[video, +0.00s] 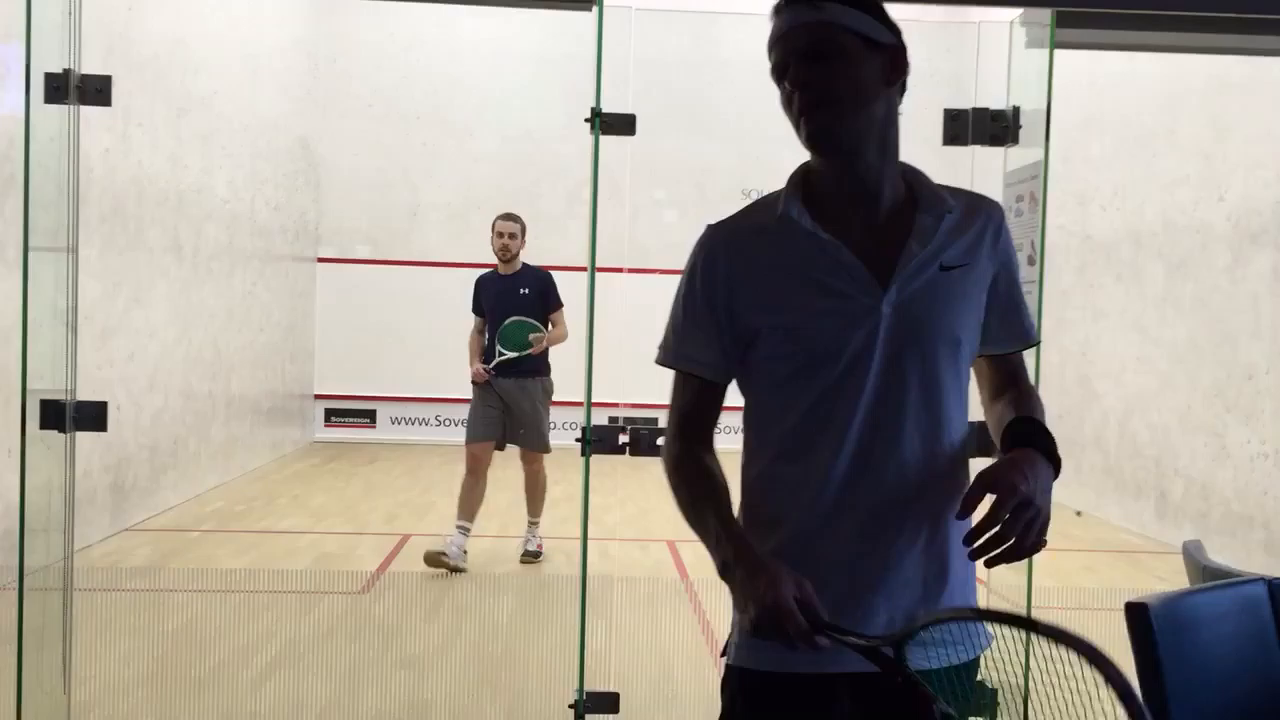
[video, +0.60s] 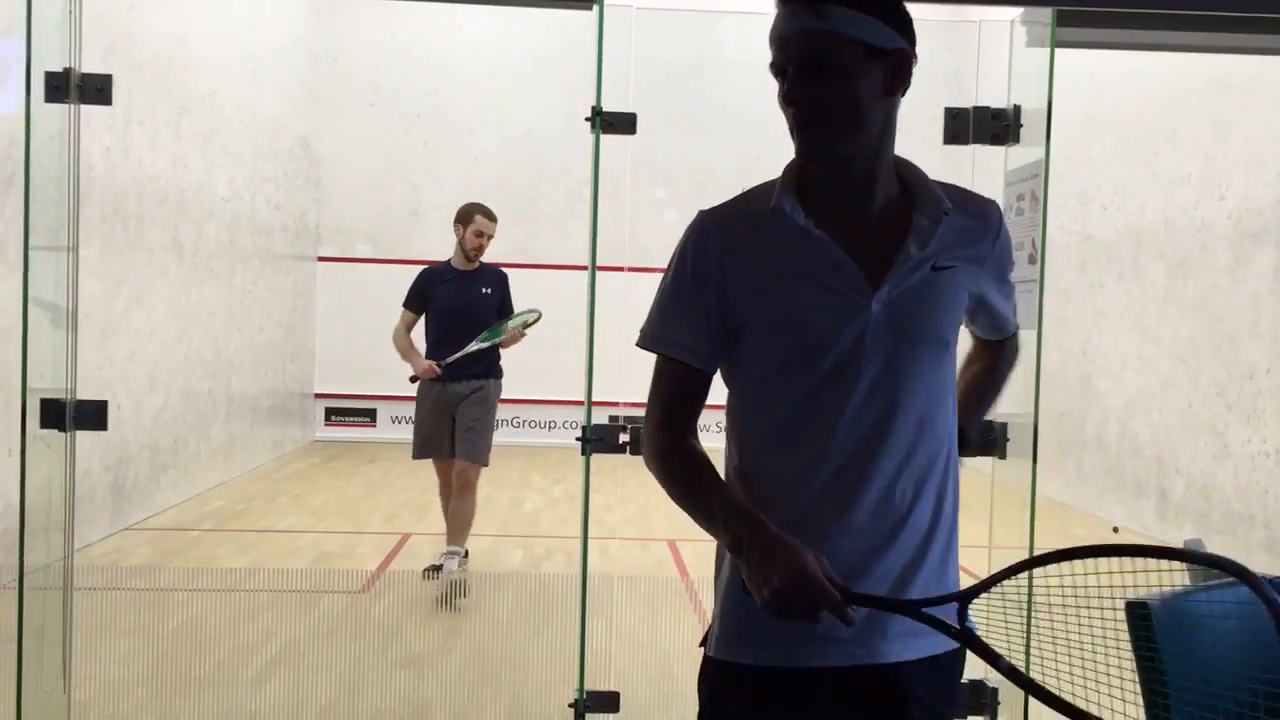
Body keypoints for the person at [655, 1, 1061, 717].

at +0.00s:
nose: (796, 89)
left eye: (818, 60)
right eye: (781, 74)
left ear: (893, 67)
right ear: (776, 94)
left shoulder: (975, 230)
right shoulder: (733, 251)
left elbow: (1004, 382)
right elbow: (686, 440)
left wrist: (1031, 456)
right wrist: (740, 565)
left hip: (935, 644)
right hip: (785, 645)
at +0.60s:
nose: (795, 93)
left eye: (823, 69)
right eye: (784, 72)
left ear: (898, 74)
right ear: (772, 78)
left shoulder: (972, 231)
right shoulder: (723, 241)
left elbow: (997, 339)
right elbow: (665, 434)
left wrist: (946, 435)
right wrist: (754, 542)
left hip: (915, 642)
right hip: (765, 645)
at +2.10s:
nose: (833, 95)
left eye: (861, 73)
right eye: (813, 71)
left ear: (906, 87)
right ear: (787, 80)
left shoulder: (941, 228)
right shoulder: (701, 230)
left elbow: (889, 382)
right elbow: (629, 425)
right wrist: (740, 547)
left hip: (890, 636)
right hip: (744, 644)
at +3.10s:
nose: (890, 89)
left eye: (904, 66)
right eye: (861, 61)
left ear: (916, 80)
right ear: (794, 68)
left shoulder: (914, 224)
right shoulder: (699, 234)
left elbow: (872, 394)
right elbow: (626, 435)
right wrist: (759, 552)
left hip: (890, 633)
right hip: (748, 643)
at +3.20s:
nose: (890, 95)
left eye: (905, 69)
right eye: (861, 64)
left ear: (916, 79)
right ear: (793, 67)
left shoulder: (913, 223)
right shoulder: (697, 236)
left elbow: (870, 392)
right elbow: (625, 436)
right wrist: (761, 553)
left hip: (889, 635)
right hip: (747, 646)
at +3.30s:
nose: (891, 96)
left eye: (905, 70)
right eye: (862, 65)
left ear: (916, 79)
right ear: (794, 69)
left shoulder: (911, 223)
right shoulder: (696, 236)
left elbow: (866, 390)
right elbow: (625, 436)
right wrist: (763, 555)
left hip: (887, 634)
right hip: (746, 644)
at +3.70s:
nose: (936, 105)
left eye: (932, 79)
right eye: (911, 77)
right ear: (822, 76)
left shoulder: (896, 224)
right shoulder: (693, 236)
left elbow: (858, 402)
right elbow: (627, 446)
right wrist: (788, 559)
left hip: (881, 635)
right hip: (746, 649)